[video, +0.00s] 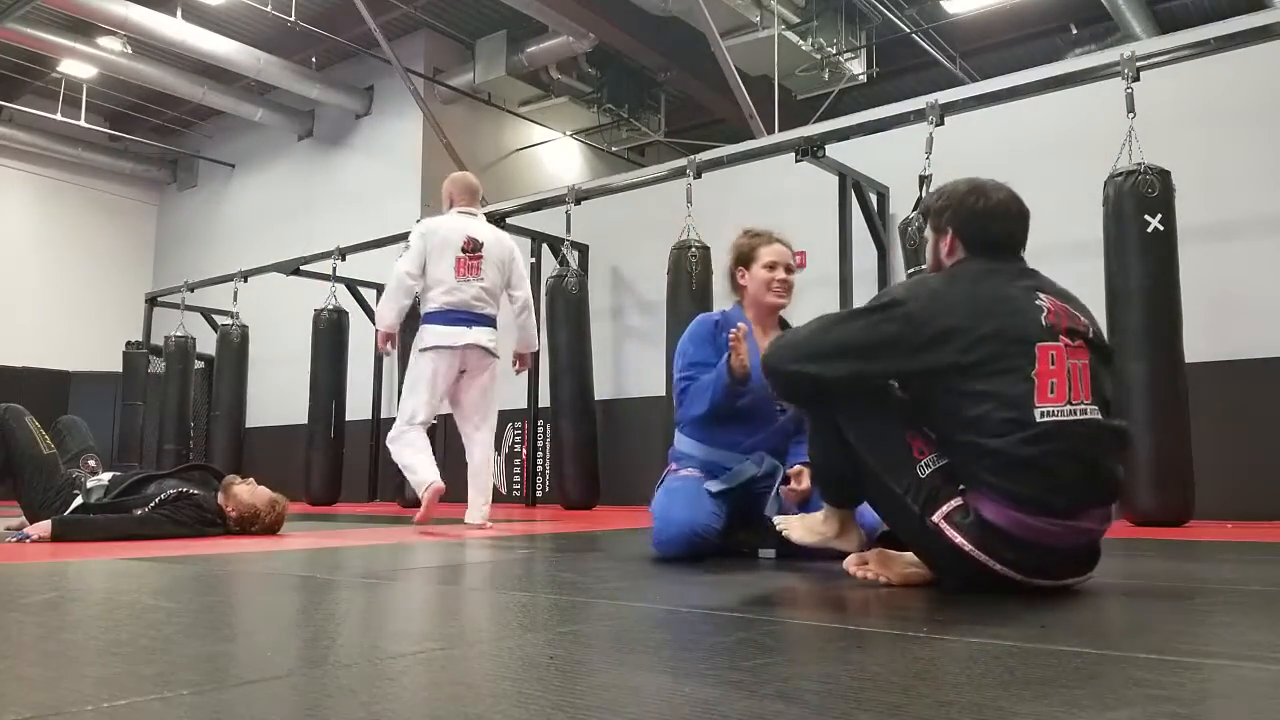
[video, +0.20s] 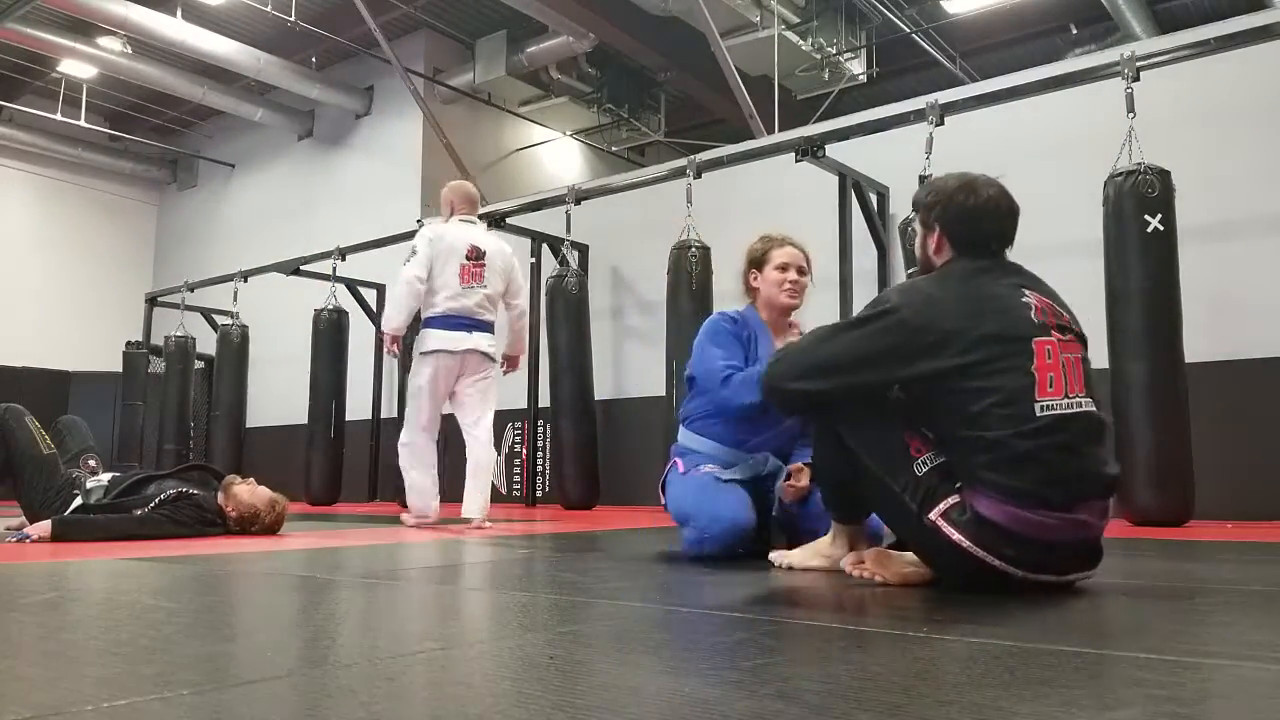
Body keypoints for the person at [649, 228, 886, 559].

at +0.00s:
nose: (782, 277)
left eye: (788, 270)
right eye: (770, 268)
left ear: (795, 280)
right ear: (742, 276)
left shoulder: (799, 345)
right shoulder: (708, 329)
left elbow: (803, 421)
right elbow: (688, 405)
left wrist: (800, 461)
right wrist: (731, 374)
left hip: (777, 476)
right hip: (702, 472)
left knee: (867, 525)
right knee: (680, 537)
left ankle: (764, 532)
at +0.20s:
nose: (794, 278)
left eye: (802, 272)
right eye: (782, 269)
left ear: (808, 283)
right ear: (755, 279)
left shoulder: (807, 349)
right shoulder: (722, 328)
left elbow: (811, 421)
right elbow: (728, 392)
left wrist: (802, 462)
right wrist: (786, 362)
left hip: (779, 470)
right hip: (708, 466)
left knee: (867, 530)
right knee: (729, 531)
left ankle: (782, 524)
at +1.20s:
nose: (749, 273)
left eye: (752, 263)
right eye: (735, 265)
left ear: (759, 265)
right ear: (705, 276)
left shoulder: (779, 335)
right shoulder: (684, 339)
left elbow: (802, 425)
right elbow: (717, 417)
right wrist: (796, 395)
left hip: (777, 471)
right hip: (702, 472)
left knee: (866, 527)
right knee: (734, 533)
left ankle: (770, 528)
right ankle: (698, 540)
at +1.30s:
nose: (754, 275)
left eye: (756, 265)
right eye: (739, 267)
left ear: (763, 266)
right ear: (709, 279)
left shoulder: (784, 338)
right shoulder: (686, 342)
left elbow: (813, 400)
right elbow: (695, 431)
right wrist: (785, 432)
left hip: (778, 472)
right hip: (702, 474)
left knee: (869, 526)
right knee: (733, 532)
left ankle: (768, 525)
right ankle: (697, 541)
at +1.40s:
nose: (762, 276)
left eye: (764, 266)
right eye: (747, 270)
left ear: (770, 269)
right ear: (717, 281)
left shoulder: (792, 341)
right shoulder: (690, 344)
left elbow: (824, 407)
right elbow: (677, 435)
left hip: (773, 474)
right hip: (701, 475)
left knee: (875, 526)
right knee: (732, 533)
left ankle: (774, 530)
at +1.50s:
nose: (775, 276)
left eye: (778, 266)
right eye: (760, 268)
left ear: (784, 269)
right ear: (730, 279)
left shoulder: (799, 340)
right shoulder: (695, 341)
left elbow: (833, 401)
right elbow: (664, 418)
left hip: (778, 475)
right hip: (704, 477)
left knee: (876, 527)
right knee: (733, 534)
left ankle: (776, 529)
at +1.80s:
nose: (827, 284)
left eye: (830, 276)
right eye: (814, 273)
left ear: (833, 281)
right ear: (779, 280)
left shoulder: (828, 349)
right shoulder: (731, 334)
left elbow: (852, 414)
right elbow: (681, 417)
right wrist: (713, 405)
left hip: (779, 475)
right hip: (705, 469)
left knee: (876, 529)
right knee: (731, 538)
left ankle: (777, 524)